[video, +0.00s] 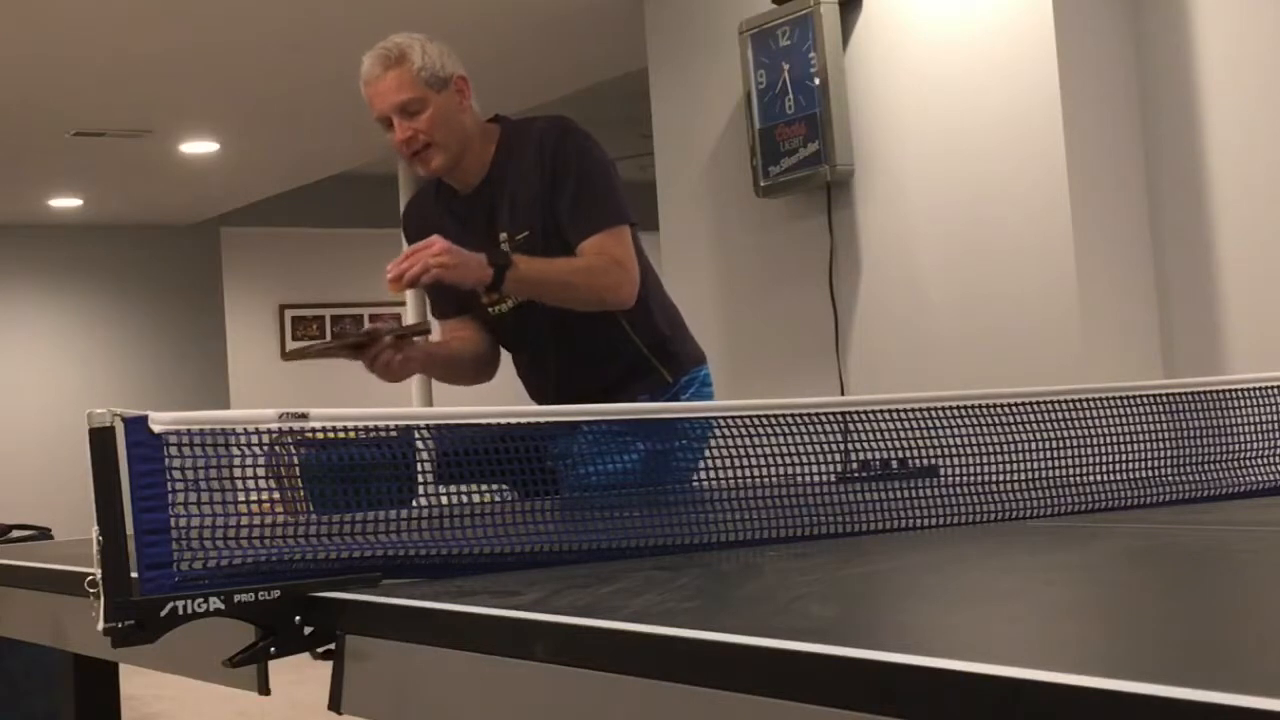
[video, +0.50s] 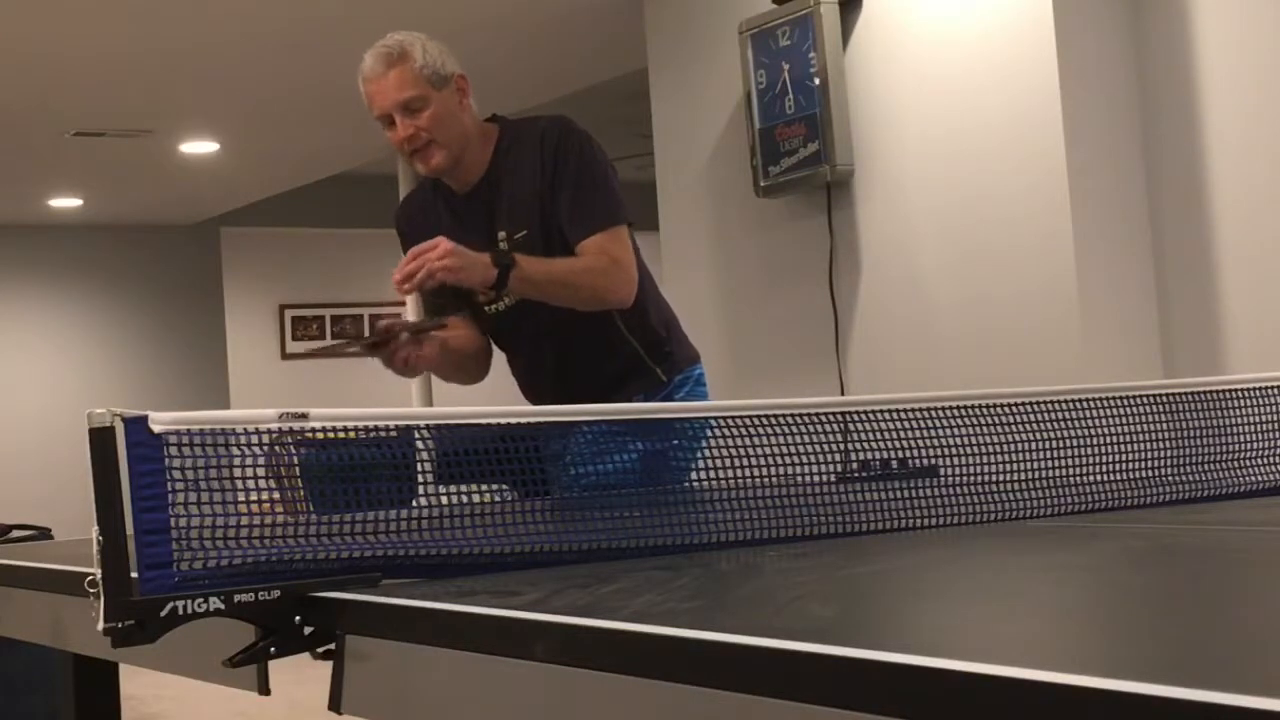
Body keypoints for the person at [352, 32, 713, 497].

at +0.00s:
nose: (403, 135)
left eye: (412, 110)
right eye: (388, 124)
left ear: (460, 92)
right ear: (383, 130)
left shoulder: (557, 146)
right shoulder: (426, 215)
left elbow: (618, 281)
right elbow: (479, 357)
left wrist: (488, 270)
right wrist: (419, 357)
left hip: (665, 393)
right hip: (575, 417)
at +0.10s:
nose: (402, 137)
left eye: (411, 112)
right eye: (387, 125)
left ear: (460, 92)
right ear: (382, 131)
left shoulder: (555, 145)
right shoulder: (423, 217)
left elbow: (612, 281)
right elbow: (478, 362)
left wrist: (481, 277)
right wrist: (420, 343)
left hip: (665, 394)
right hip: (573, 418)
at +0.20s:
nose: (403, 135)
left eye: (412, 110)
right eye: (387, 124)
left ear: (459, 92)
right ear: (381, 132)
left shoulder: (554, 145)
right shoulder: (421, 217)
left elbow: (610, 281)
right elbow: (473, 367)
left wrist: (477, 281)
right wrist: (432, 328)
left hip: (664, 392)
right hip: (572, 416)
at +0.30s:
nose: (403, 133)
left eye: (412, 108)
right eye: (386, 122)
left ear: (460, 91)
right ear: (382, 130)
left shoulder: (556, 145)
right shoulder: (420, 216)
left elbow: (615, 280)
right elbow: (472, 364)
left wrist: (487, 276)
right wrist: (419, 341)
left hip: (663, 392)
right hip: (570, 416)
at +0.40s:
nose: (405, 131)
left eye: (414, 107)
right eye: (388, 121)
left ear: (460, 91)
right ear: (382, 130)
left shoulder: (556, 145)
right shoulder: (420, 216)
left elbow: (618, 280)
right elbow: (473, 362)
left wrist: (493, 270)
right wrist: (422, 354)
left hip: (661, 394)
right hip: (567, 416)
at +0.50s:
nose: (405, 132)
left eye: (414, 108)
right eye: (388, 122)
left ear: (461, 92)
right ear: (382, 130)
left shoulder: (557, 145)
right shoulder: (419, 215)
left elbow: (617, 281)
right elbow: (473, 362)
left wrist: (491, 270)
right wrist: (432, 351)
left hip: (661, 394)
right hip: (567, 416)